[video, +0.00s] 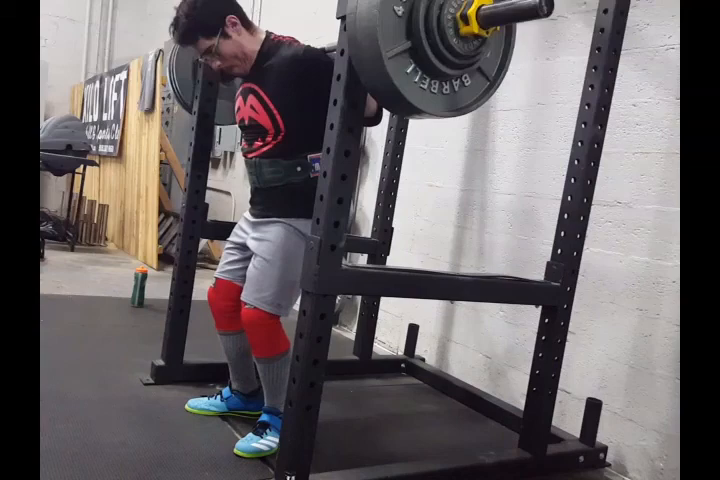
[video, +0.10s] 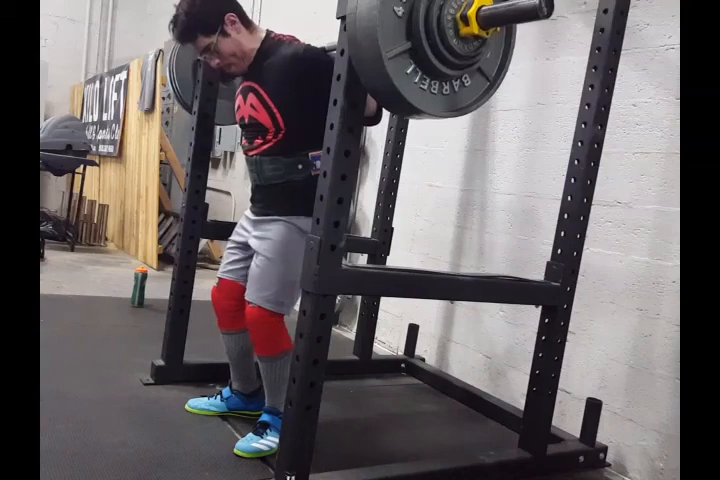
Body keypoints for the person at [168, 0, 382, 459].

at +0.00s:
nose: (215, 67)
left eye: (212, 54)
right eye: (206, 61)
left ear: (234, 26)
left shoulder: (304, 63)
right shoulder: (248, 75)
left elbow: (370, 107)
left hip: (294, 223)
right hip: (257, 217)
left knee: (259, 314)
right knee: (224, 300)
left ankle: (279, 421)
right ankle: (245, 394)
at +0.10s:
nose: (213, 66)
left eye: (211, 52)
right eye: (204, 59)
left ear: (233, 25)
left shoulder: (301, 61)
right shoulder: (247, 73)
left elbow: (369, 106)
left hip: (294, 221)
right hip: (257, 215)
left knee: (263, 314)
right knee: (227, 299)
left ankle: (280, 421)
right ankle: (246, 394)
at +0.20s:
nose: (213, 63)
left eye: (211, 49)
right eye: (204, 56)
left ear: (233, 22)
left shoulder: (299, 60)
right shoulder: (245, 72)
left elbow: (369, 105)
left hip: (298, 219)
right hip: (260, 214)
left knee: (269, 314)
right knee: (232, 298)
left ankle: (279, 420)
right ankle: (245, 393)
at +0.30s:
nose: (212, 63)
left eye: (210, 49)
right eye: (203, 56)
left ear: (232, 22)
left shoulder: (299, 59)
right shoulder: (245, 73)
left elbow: (369, 104)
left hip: (301, 218)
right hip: (264, 214)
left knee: (276, 314)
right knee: (237, 296)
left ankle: (280, 419)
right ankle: (245, 393)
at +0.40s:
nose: (213, 61)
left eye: (211, 48)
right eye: (204, 55)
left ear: (232, 21)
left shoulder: (300, 57)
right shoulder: (246, 72)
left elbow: (369, 102)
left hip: (302, 216)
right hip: (266, 212)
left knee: (278, 312)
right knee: (240, 294)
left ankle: (281, 420)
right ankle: (246, 393)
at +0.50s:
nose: (210, 58)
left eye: (208, 44)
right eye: (202, 50)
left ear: (231, 18)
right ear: (229, 23)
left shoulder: (297, 52)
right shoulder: (244, 68)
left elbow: (369, 95)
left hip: (302, 213)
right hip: (266, 209)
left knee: (281, 309)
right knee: (245, 292)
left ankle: (280, 419)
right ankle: (246, 393)